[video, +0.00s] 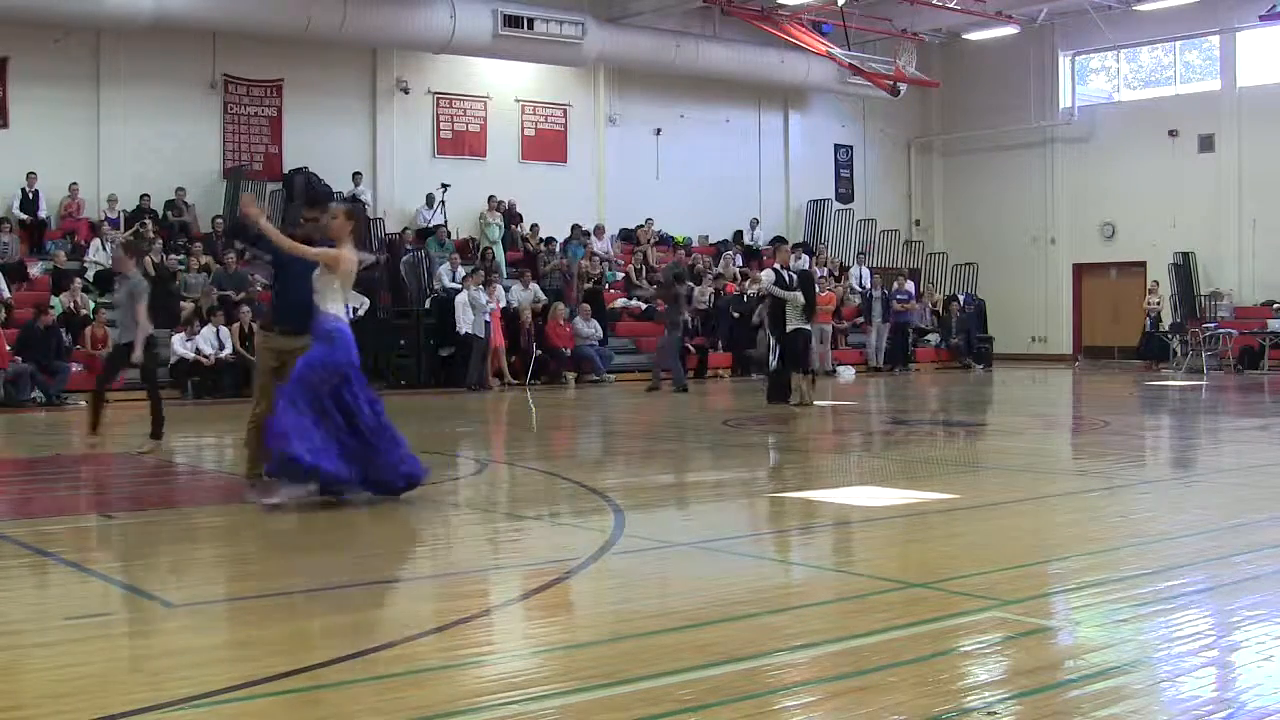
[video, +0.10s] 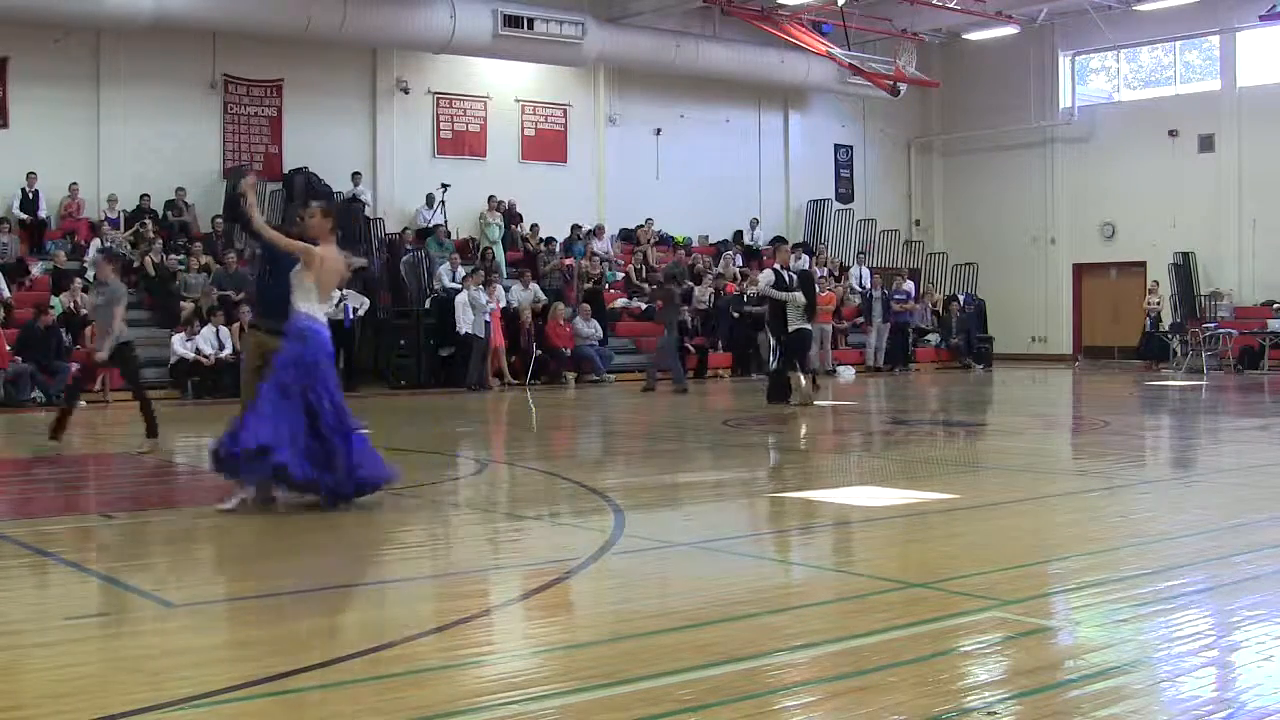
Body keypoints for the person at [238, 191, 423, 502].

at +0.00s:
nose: (328, 223)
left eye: (335, 218)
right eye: (328, 218)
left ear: (350, 224)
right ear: (338, 224)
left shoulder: (339, 255)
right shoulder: (346, 255)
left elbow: (291, 247)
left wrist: (260, 219)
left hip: (332, 341)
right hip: (337, 339)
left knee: (291, 397)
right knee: (341, 407)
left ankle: (300, 470)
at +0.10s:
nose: (306, 222)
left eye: (312, 217)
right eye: (307, 217)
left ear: (330, 223)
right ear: (330, 224)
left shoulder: (311, 252)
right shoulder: (341, 260)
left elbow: (266, 233)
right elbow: (330, 287)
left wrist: (251, 201)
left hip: (303, 334)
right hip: (322, 335)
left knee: (272, 399)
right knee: (322, 406)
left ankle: (251, 479)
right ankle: (336, 478)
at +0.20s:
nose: (289, 220)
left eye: (294, 215)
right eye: (291, 215)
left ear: (310, 219)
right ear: (312, 220)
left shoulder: (295, 250)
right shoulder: (325, 259)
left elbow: (244, 222)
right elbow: (331, 284)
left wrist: (240, 190)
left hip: (277, 330)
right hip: (300, 333)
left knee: (264, 404)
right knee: (294, 404)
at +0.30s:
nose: (281, 216)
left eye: (286, 212)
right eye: (284, 211)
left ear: (295, 217)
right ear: (308, 220)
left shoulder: (281, 249)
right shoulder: (317, 259)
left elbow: (229, 224)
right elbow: (330, 281)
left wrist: (228, 194)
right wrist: (330, 265)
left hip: (263, 329)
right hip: (287, 333)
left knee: (247, 401)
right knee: (274, 402)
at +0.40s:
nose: (270, 215)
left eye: (274, 210)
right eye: (272, 210)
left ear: (283, 215)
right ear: (299, 218)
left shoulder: (269, 247)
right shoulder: (308, 254)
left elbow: (218, 221)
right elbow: (327, 271)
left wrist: (226, 194)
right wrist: (333, 263)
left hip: (254, 328)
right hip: (279, 332)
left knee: (239, 403)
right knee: (268, 405)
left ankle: (239, 480)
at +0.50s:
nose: (261, 214)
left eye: (264, 210)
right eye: (263, 210)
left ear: (272, 214)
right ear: (292, 217)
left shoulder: (264, 247)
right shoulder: (304, 253)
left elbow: (214, 219)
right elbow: (328, 268)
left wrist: (228, 192)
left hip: (252, 325)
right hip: (278, 329)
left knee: (248, 402)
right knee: (270, 402)